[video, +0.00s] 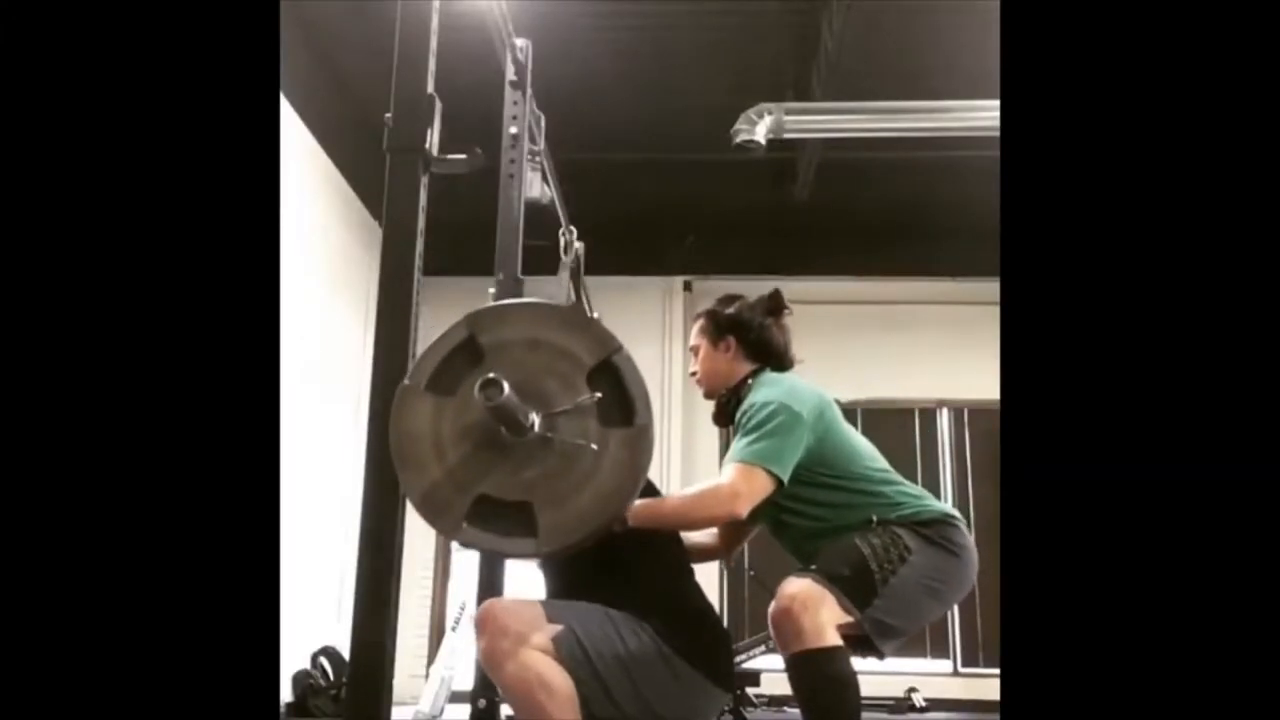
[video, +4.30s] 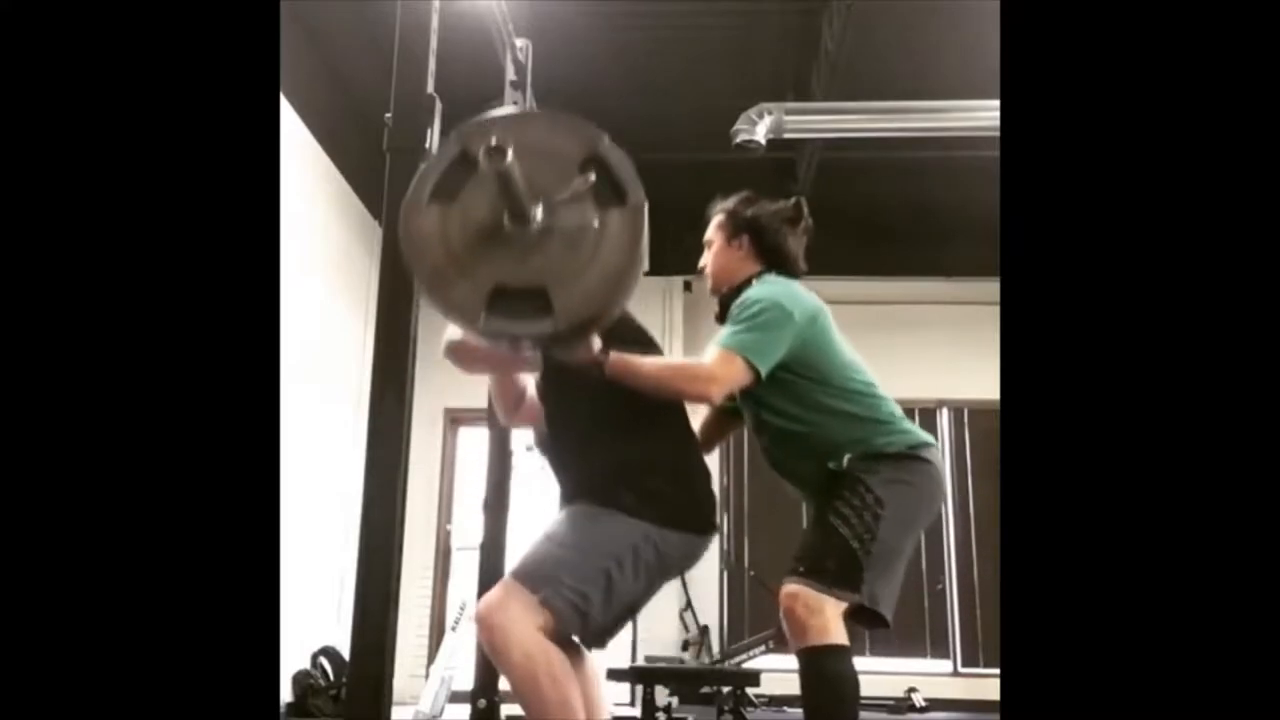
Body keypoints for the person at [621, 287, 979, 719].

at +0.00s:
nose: (691, 368)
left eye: (697, 351)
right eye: (691, 354)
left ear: (730, 347)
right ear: (733, 350)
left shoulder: (780, 398)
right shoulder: (757, 417)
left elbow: (735, 497)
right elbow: (719, 542)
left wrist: (625, 512)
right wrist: (640, 546)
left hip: (926, 540)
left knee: (799, 608)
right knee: (794, 617)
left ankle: (838, 715)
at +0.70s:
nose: (696, 295)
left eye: (702, 279)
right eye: (697, 283)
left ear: (738, 274)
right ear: (736, 277)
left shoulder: (781, 326)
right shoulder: (761, 350)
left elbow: (735, 416)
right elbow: (719, 474)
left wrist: (622, 420)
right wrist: (643, 477)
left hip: (911, 483)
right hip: (867, 495)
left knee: (821, 601)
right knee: (795, 608)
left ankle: (851, 716)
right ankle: (832, 717)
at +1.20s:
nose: (716, 230)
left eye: (725, 214)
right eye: (719, 217)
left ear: (761, 212)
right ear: (757, 216)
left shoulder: (790, 266)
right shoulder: (764, 294)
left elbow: (737, 350)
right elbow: (720, 414)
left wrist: (625, 342)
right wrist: (640, 416)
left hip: (883, 452)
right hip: (840, 465)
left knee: (833, 603)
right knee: (809, 606)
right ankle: (836, 717)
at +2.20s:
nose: (752, 203)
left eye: (760, 187)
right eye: (751, 190)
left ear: (796, 182)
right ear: (795, 187)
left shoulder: (822, 238)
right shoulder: (786, 270)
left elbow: (750, 301)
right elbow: (727, 372)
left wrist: (638, 264)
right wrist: (643, 355)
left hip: (853, 443)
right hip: (817, 453)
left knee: (831, 610)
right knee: (823, 616)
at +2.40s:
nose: (690, 387)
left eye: (696, 372)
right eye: (690, 374)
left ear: (733, 370)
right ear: (736, 374)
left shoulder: (780, 417)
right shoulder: (754, 437)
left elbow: (736, 522)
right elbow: (720, 555)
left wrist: (622, 522)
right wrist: (636, 551)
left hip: (936, 557)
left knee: (792, 602)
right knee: (793, 610)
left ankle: (826, 714)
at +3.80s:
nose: (696, 317)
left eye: (702, 302)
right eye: (696, 303)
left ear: (738, 299)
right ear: (741, 302)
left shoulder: (780, 350)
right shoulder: (759, 367)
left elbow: (732, 442)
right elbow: (721, 480)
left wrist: (616, 437)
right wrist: (666, 524)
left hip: (916, 500)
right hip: (879, 508)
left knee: (804, 604)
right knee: (804, 611)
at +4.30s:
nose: (700, 263)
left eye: (709, 247)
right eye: (703, 249)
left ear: (746, 246)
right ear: (743, 249)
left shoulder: (775, 299)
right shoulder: (759, 314)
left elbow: (714, 380)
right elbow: (719, 422)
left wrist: (601, 359)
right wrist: (663, 461)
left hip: (891, 466)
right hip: (856, 475)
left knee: (808, 603)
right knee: (807, 613)